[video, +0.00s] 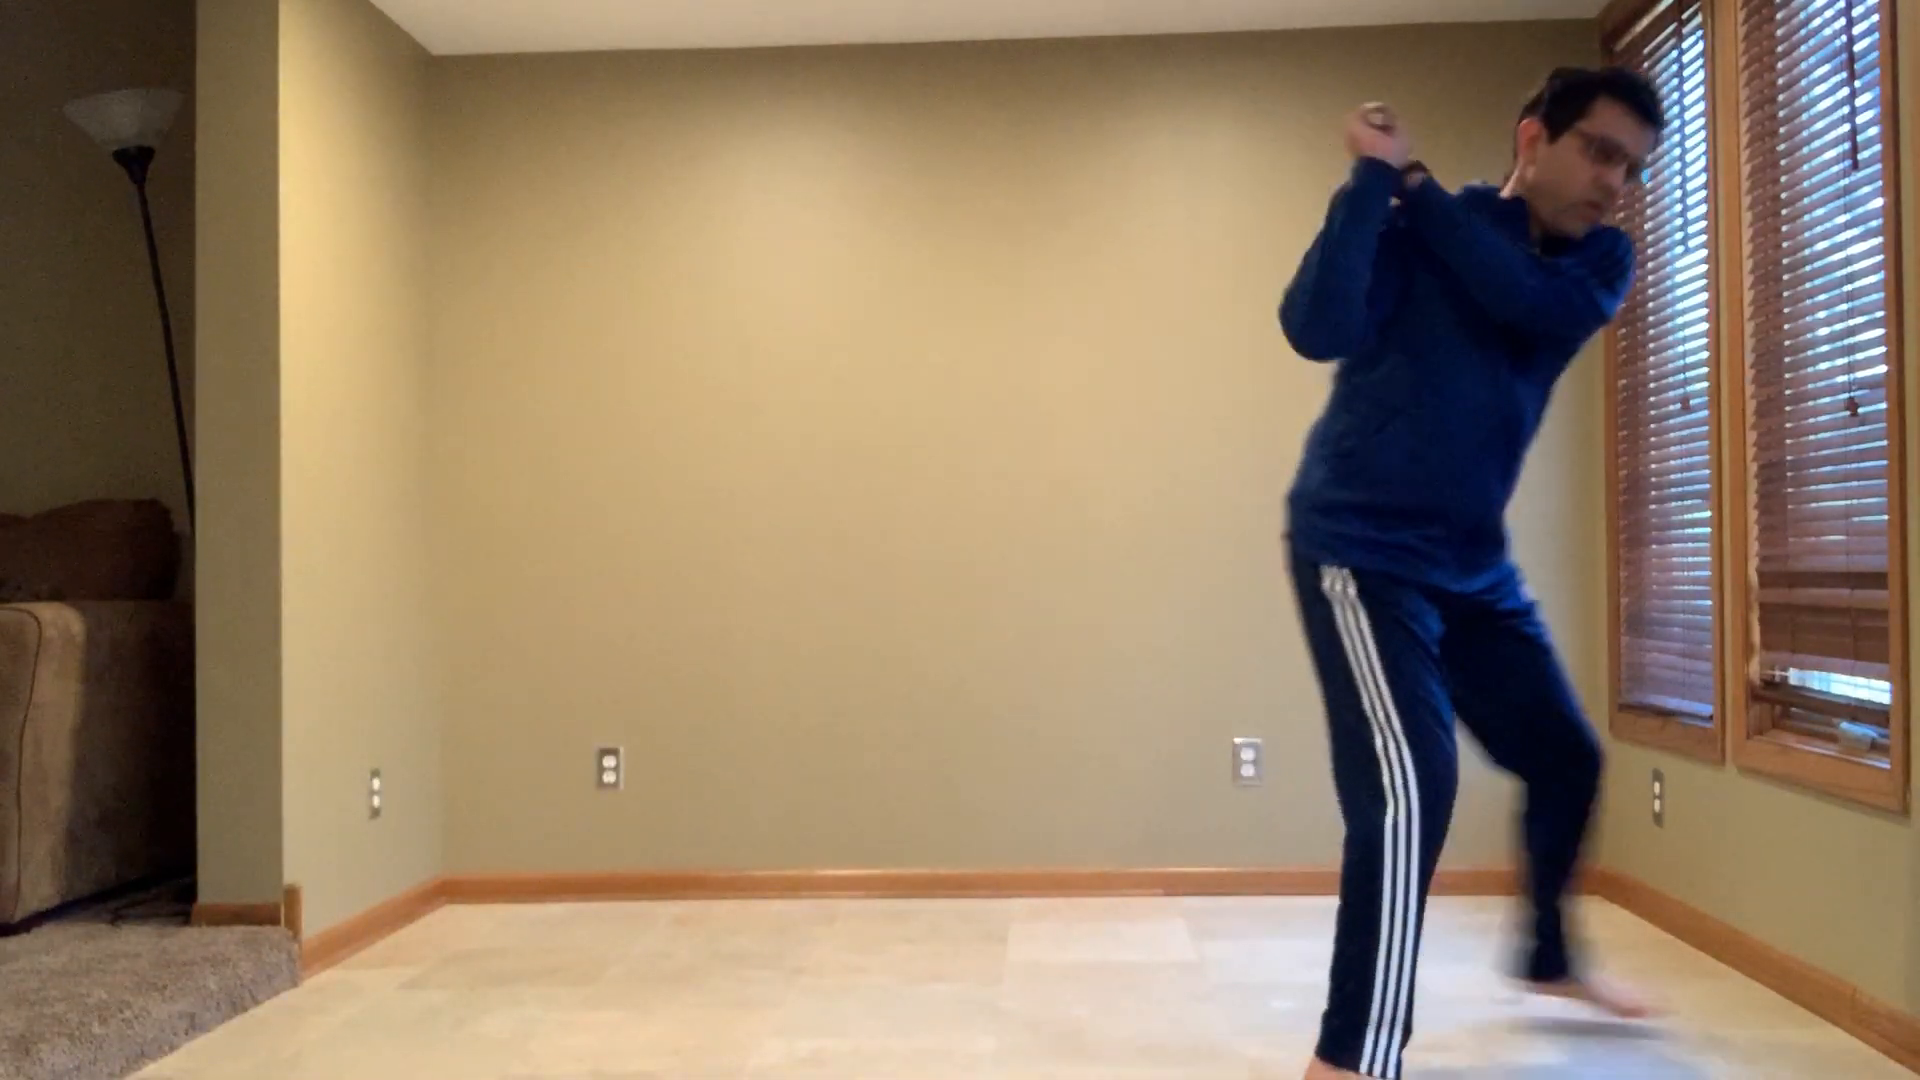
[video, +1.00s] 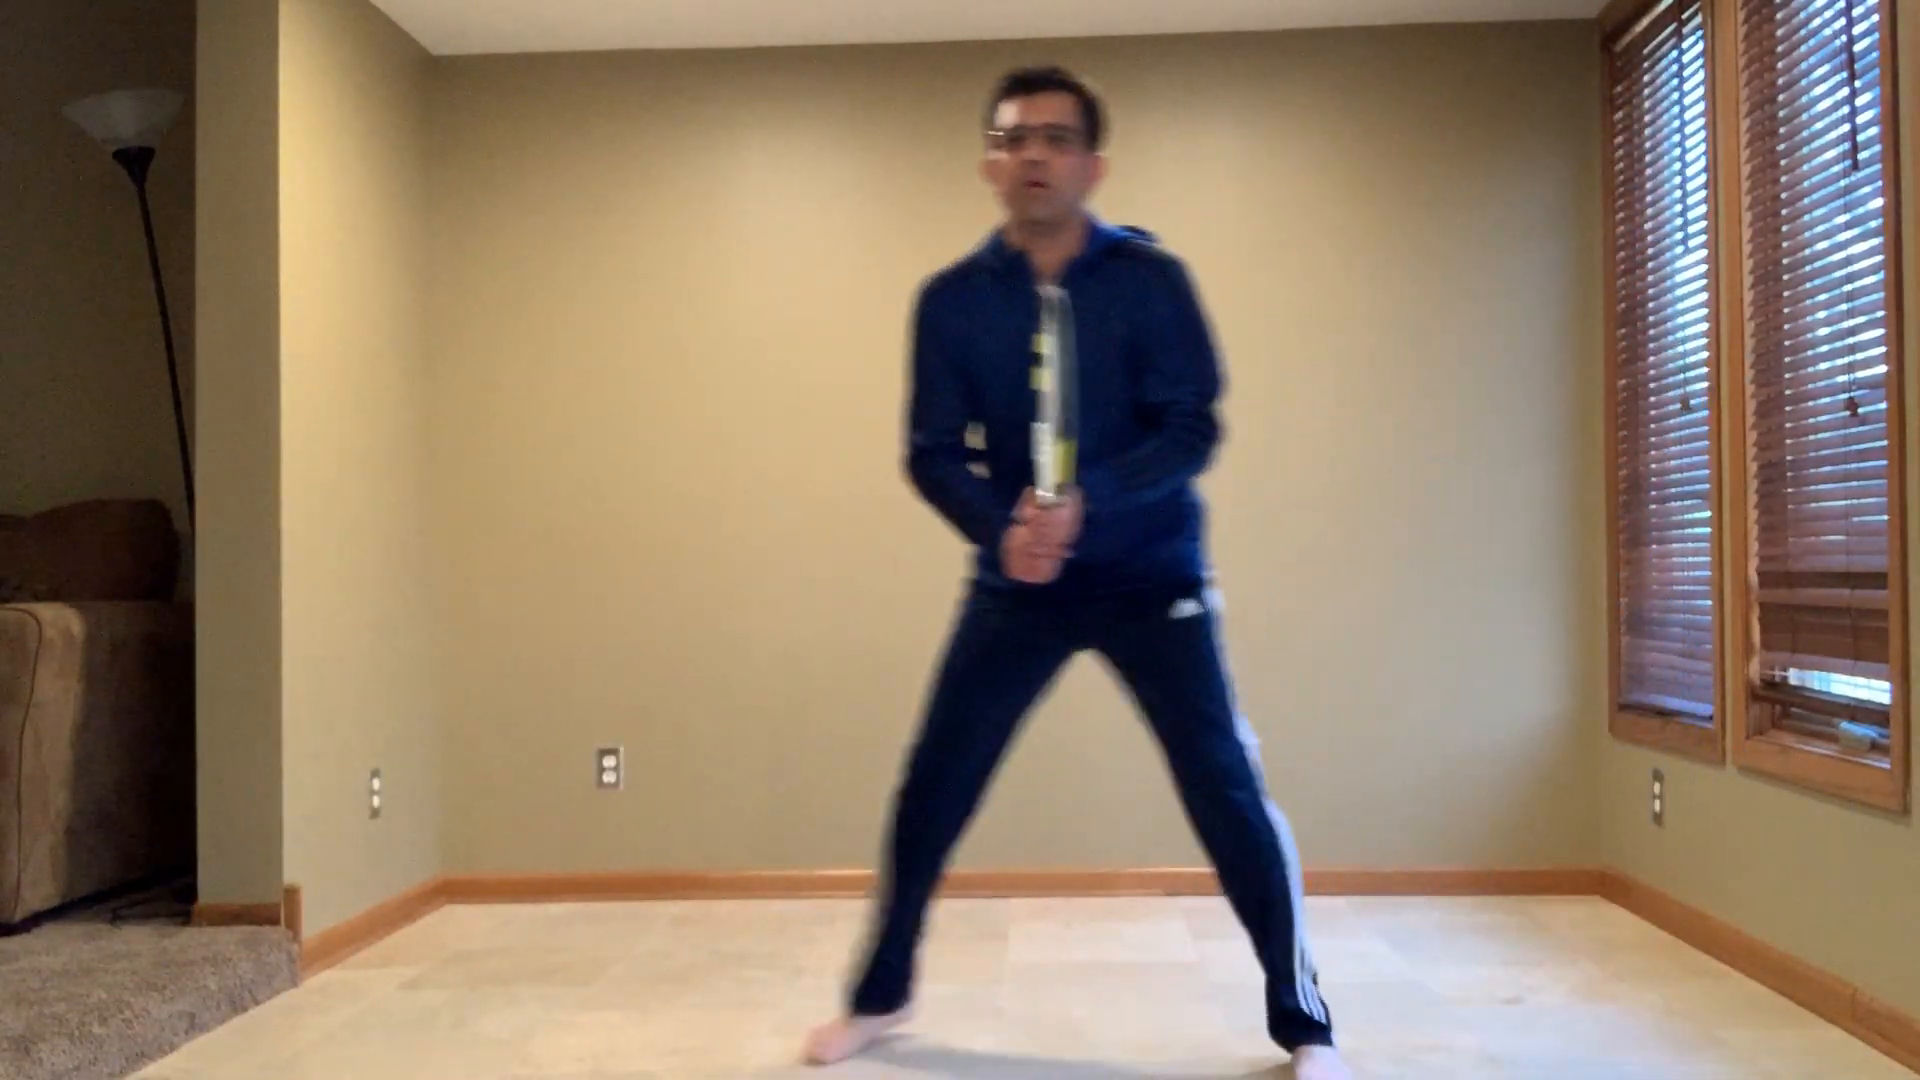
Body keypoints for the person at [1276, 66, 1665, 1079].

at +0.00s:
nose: (1616, 186)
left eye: (1634, 169)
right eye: (1601, 154)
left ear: (1636, 182)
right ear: (1532, 139)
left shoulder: (1602, 255)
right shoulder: (1418, 217)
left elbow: (1532, 313)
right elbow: (1315, 329)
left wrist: (1423, 193)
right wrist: (1369, 182)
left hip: (1470, 555)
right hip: (1357, 541)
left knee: (1566, 758)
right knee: (1408, 783)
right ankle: (1349, 1057)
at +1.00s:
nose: (1028, 157)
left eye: (1052, 140)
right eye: (1010, 139)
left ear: (1094, 164)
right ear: (986, 161)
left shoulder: (1150, 279)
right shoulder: (951, 299)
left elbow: (1193, 429)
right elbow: (932, 455)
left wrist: (1085, 507)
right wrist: (996, 526)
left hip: (1151, 586)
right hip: (1015, 591)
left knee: (1226, 786)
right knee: (931, 788)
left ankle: (1302, 1018)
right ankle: (876, 1001)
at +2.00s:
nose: (479, 272)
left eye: (506, 258)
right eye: (464, 250)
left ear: (540, 288)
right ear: (435, 259)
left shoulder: (559, 398)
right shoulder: (354, 363)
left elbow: (555, 542)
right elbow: (302, 511)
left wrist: (483, 615)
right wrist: (373, 631)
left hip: (494, 618)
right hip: (357, 609)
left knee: (568, 778)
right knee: (259, 814)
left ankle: (550, 985)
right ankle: (239, 1014)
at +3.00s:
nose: (1515, 252)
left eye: (1527, 235)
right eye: (1507, 222)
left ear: (1443, 207)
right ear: (1436, 192)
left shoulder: (1426, 310)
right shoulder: (1324, 289)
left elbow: (1432, 464)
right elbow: (1367, 489)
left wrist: (1466, 613)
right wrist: (1472, 611)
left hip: (1268, 571)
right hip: (1213, 566)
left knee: (1260, 801)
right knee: (1381, 786)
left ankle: (1063, 927)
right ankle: (1384, 1066)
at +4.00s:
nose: (1385, 124)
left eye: (1408, 104)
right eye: (1360, 106)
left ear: (1440, 127)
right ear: (1325, 134)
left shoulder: (1506, 238)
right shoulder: (1284, 280)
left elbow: (1570, 377)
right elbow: (1260, 449)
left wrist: (1509, 435)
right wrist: (1394, 480)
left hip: (1515, 556)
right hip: (1383, 579)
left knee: (1595, 759)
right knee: (1435, 805)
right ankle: (1533, 1001)